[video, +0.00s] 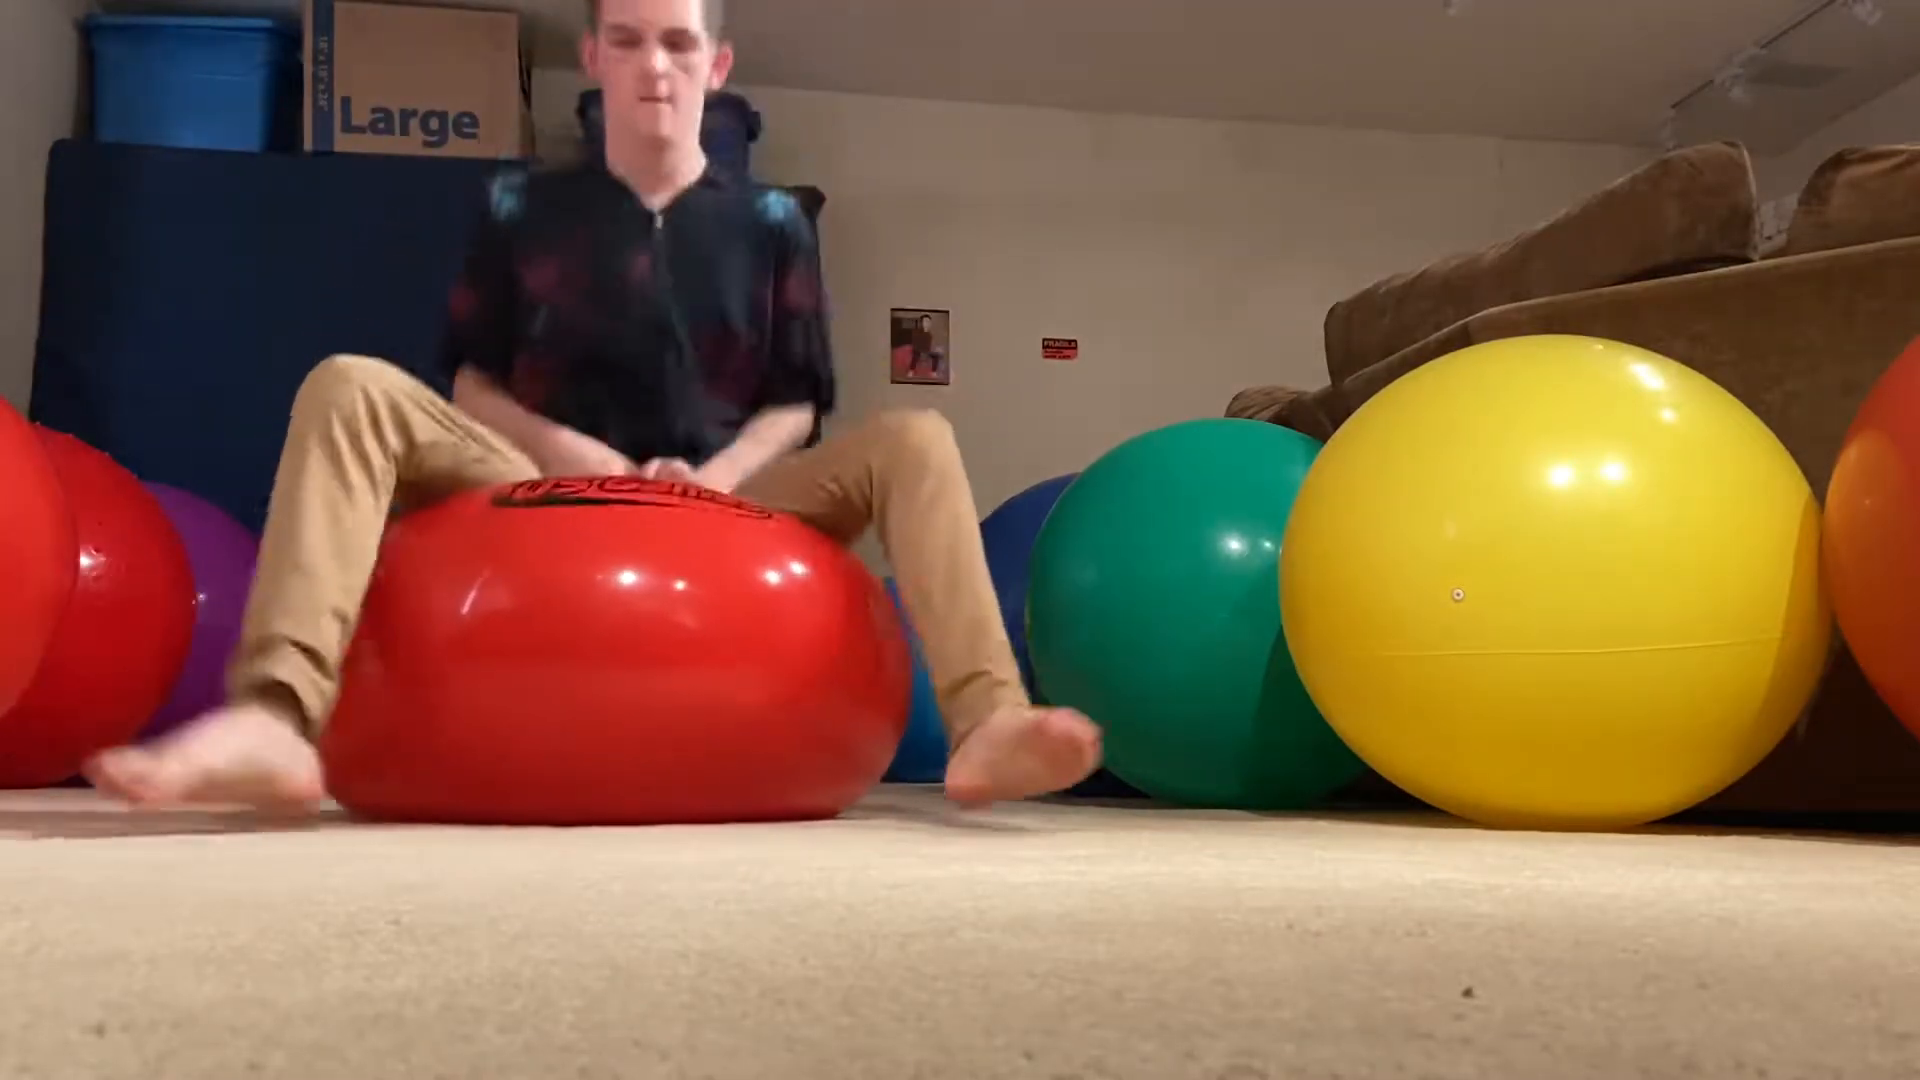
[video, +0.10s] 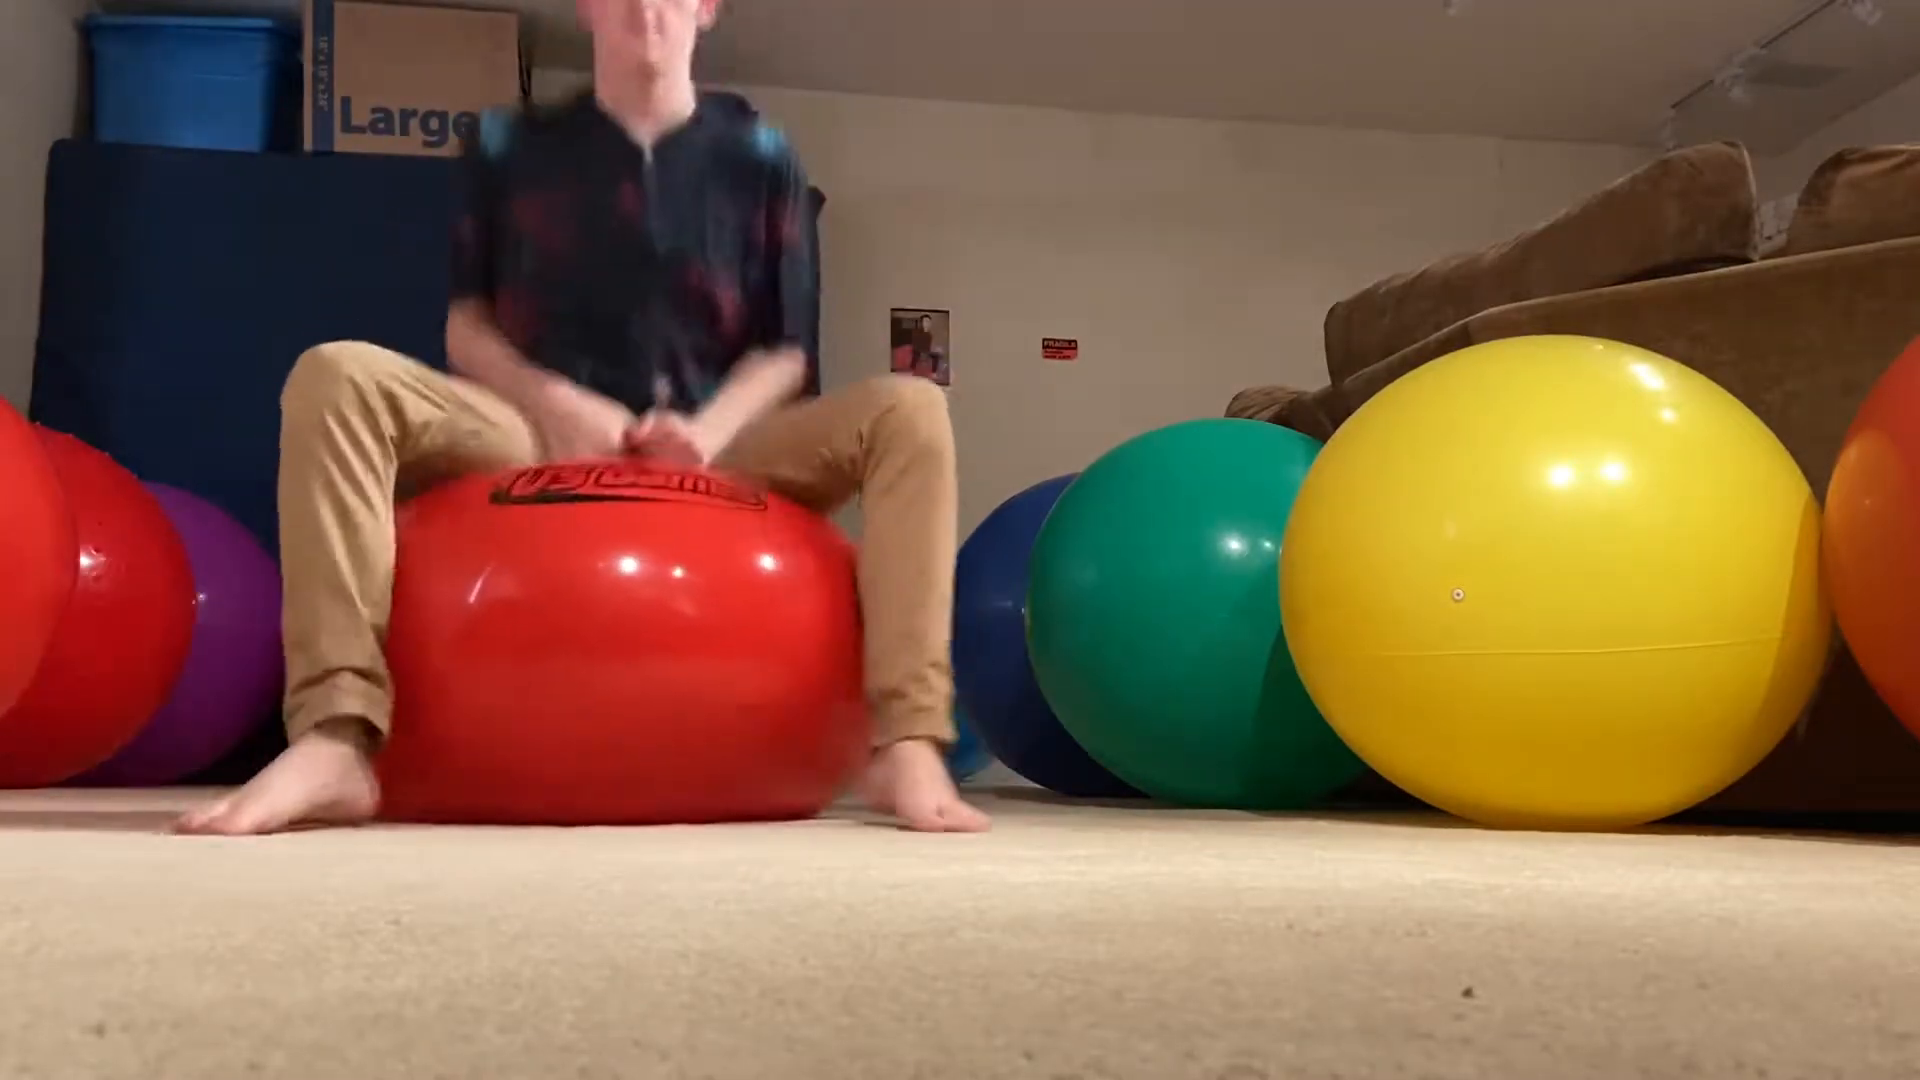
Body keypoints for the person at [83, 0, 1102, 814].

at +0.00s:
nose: (653, 66)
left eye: (677, 44)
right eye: (628, 43)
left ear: (718, 68)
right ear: (590, 64)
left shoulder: (774, 226)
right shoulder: (519, 208)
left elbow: (803, 401)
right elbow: (467, 387)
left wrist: (730, 473)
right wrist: (560, 451)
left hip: (726, 489)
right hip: (549, 481)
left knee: (913, 437)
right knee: (347, 390)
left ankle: (986, 728)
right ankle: (275, 724)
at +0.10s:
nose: (647, 13)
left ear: (703, 15)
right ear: (586, 11)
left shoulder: (761, 161)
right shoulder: (515, 148)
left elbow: (786, 350)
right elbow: (467, 336)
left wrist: (706, 429)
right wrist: (555, 406)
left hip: (711, 448)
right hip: (545, 438)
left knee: (910, 410)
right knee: (333, 378)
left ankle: (910, 748)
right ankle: (334, 742)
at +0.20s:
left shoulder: (764, 23)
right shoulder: (495, 13)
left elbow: (781, 183)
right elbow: (476, 162)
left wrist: (716, 305)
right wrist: (568, 276)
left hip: (719, 310)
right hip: (550, 304)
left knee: (898, 399)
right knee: (355, 382)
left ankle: (888, 745)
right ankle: (314, 752)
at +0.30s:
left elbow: (766, 49)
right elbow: (497, 31)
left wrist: (715, 199)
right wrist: (586, 176)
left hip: (725, 179)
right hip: (548, 171)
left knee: (851, 348)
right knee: (421, 339)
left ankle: (926, 674)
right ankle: (303, 675)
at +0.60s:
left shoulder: (774, 10)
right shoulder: (504, 3)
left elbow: (792, 150)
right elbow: (470, 133)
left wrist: (701, 258)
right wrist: (559, 238)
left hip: (716, 254)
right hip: (537, 249)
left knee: (854, 371)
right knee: (388, 344)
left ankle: (945, 735)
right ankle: (301, 725)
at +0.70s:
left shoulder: (770, 126)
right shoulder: (503, 106)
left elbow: (794, 323)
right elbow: (456, 296)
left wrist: (694, 413)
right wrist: (556, 392)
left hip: (707, 421)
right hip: (531, 408)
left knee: (872, 407)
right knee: (362, 371)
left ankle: (951, 761)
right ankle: (277, 754)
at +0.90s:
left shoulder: (778, 35)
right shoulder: (519, 19)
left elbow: (801, 245)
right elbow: (475, 217)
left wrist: (710, 351)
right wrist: (563, 329)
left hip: (718, 370)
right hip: (550, 358)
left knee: (905, 399)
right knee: (351, 362)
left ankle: (945, 763)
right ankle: (281, 753)